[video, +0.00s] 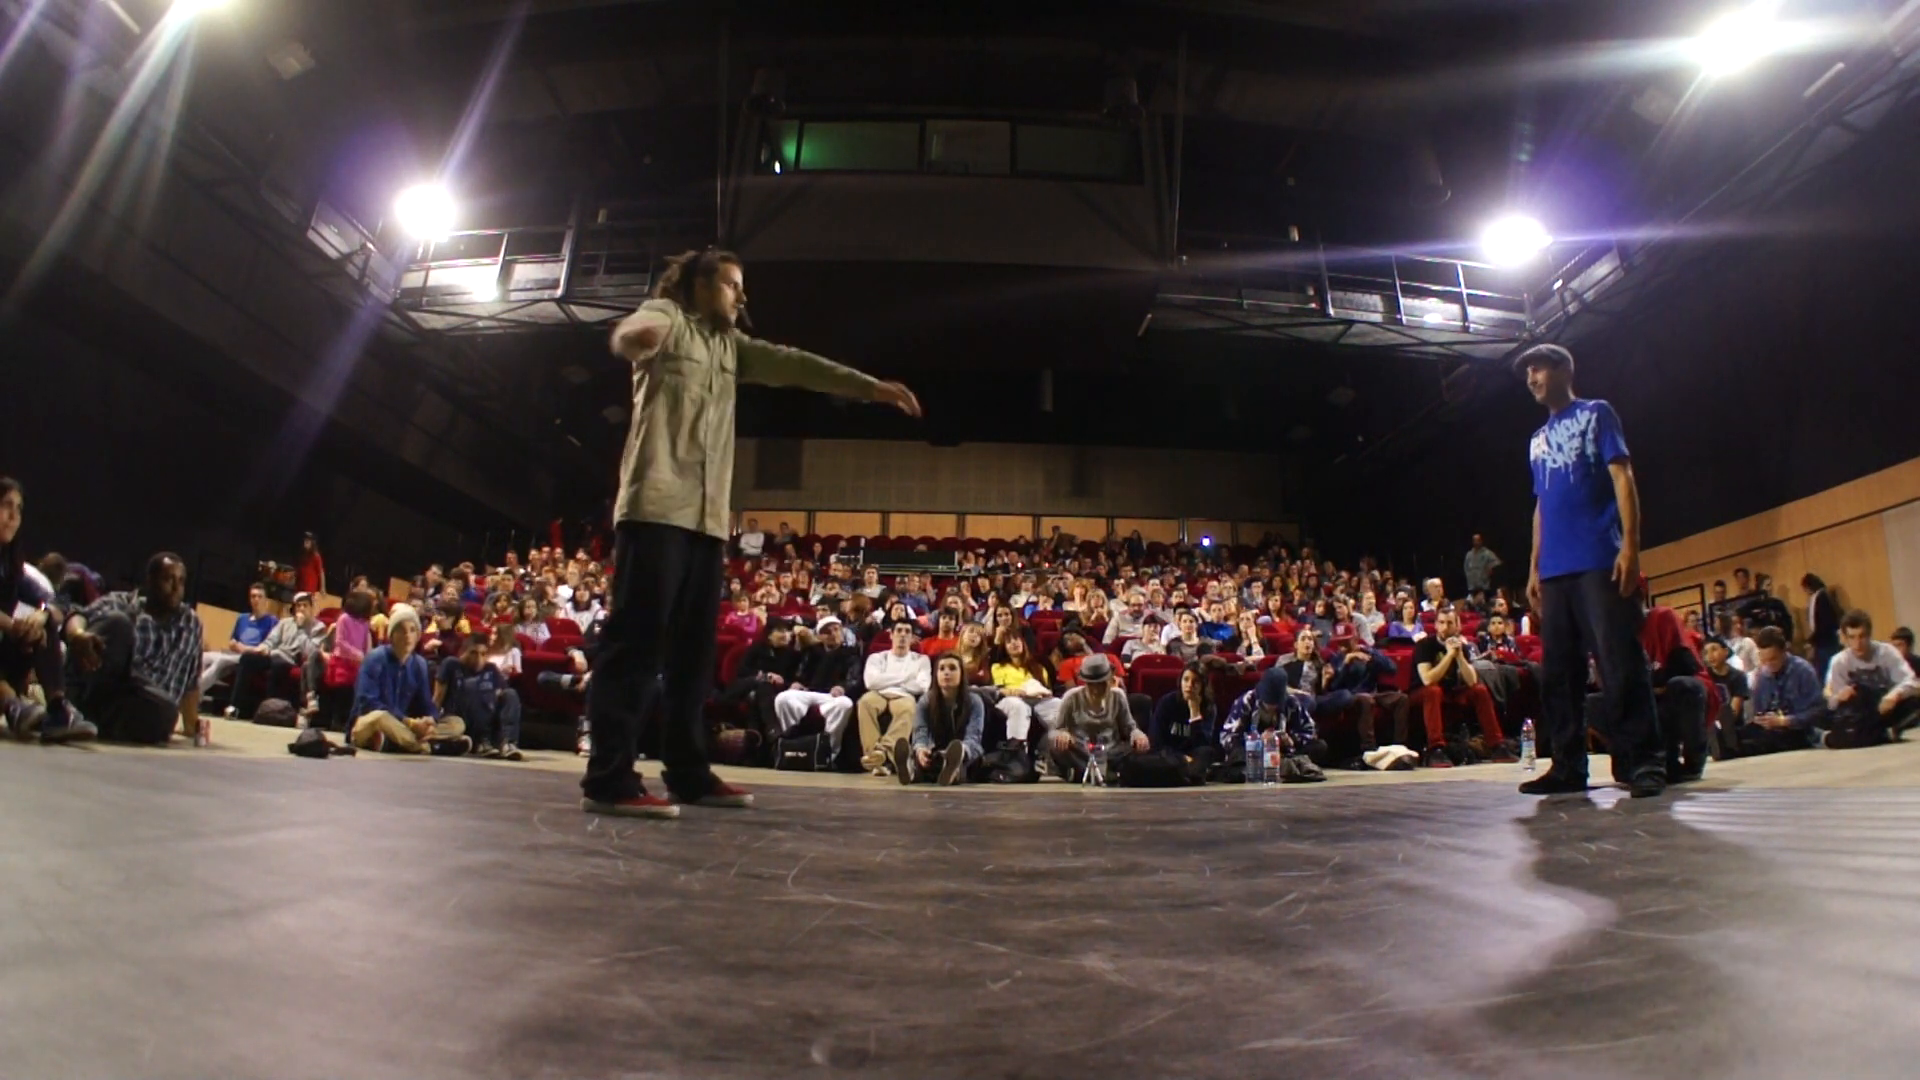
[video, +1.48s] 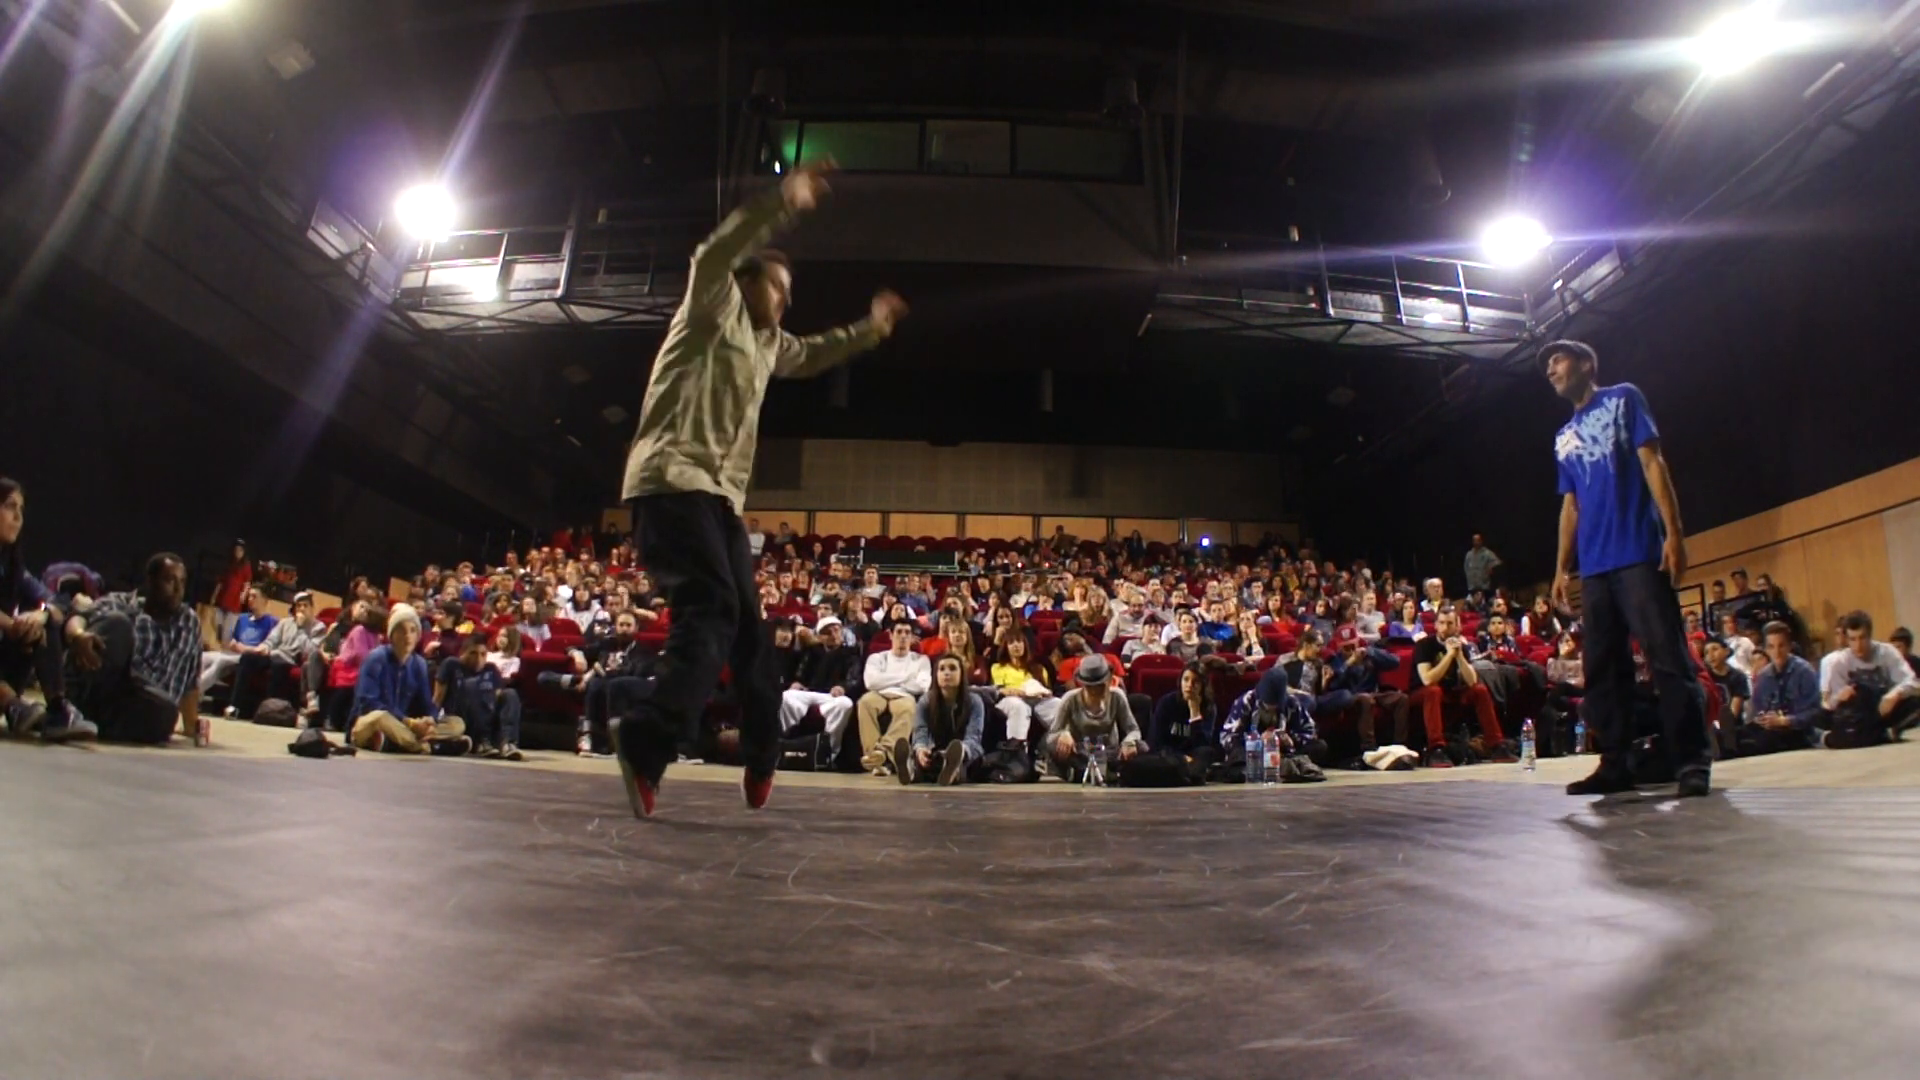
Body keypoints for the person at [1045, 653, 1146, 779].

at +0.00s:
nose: (1096, 689)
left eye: (1101, 684)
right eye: (1091, 684)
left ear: (1109, 680)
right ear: (1085, 682)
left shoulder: (1118, 696)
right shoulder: (1071, 697)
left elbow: (1129, 727)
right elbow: (1056, 729)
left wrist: (1137, 734)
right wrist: (1061, 733)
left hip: (1111, 750)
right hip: (1080, 750)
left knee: (1137, 747)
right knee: (1056, 743)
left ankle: (1082, 772)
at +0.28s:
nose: (1095, 690)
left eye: (1099, 684)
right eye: (1089, 685)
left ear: (1107, 680)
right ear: (1083, 683)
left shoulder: (1118, 696)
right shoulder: (1071, 697)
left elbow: (1131, 727)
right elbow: (1056, 730)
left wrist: (1134, 740)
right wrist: (1062, 735)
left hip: (1112, 753)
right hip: (1080, 754)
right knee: (1058, 750)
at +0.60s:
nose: (1094, 690)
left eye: (1099, 684)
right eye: (1089, 685)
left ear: (1107, 680)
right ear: (1082, 683)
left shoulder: (1117, 695)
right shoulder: (1071, 697)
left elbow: (1134, 728)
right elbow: (1055, 731)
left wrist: (1130, 741)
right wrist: (1063, 734)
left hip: (1112, 756)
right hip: (1079, 757)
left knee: (1140, 749)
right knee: (1058, 749)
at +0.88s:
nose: (1094, 689)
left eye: (1099, 684)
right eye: (1089, 685)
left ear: (1107, 680)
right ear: (1083, 683)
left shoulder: (1117, 695)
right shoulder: (1072, 695)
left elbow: (1136, 729)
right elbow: (1054, 731)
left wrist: (1129, 741)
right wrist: (1066, 735)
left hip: (1111, 758)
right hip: (1079, 759)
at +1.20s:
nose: (1094, 690)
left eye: (1099, 685)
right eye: (1089, 685)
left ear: (1108, 681)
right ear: (1082, 683)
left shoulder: (1117, 696)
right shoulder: (1070, 699)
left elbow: (1133, 730)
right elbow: (1050, 738)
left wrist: (1129, 742)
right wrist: (1063, 734)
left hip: (1110, 755)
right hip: (1078, 755)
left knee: (1140, 748)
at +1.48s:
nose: (1095, 691)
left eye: (1099, 686)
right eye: (1089, 687)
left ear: (1108, 681)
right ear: (1082, 684)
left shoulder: (1117, 697)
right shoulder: (1069, 699)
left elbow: (1133, 730)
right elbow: (1050, 738)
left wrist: (1129, 742)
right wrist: (1063, 734)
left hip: (1110, 755)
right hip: (1078, 757)